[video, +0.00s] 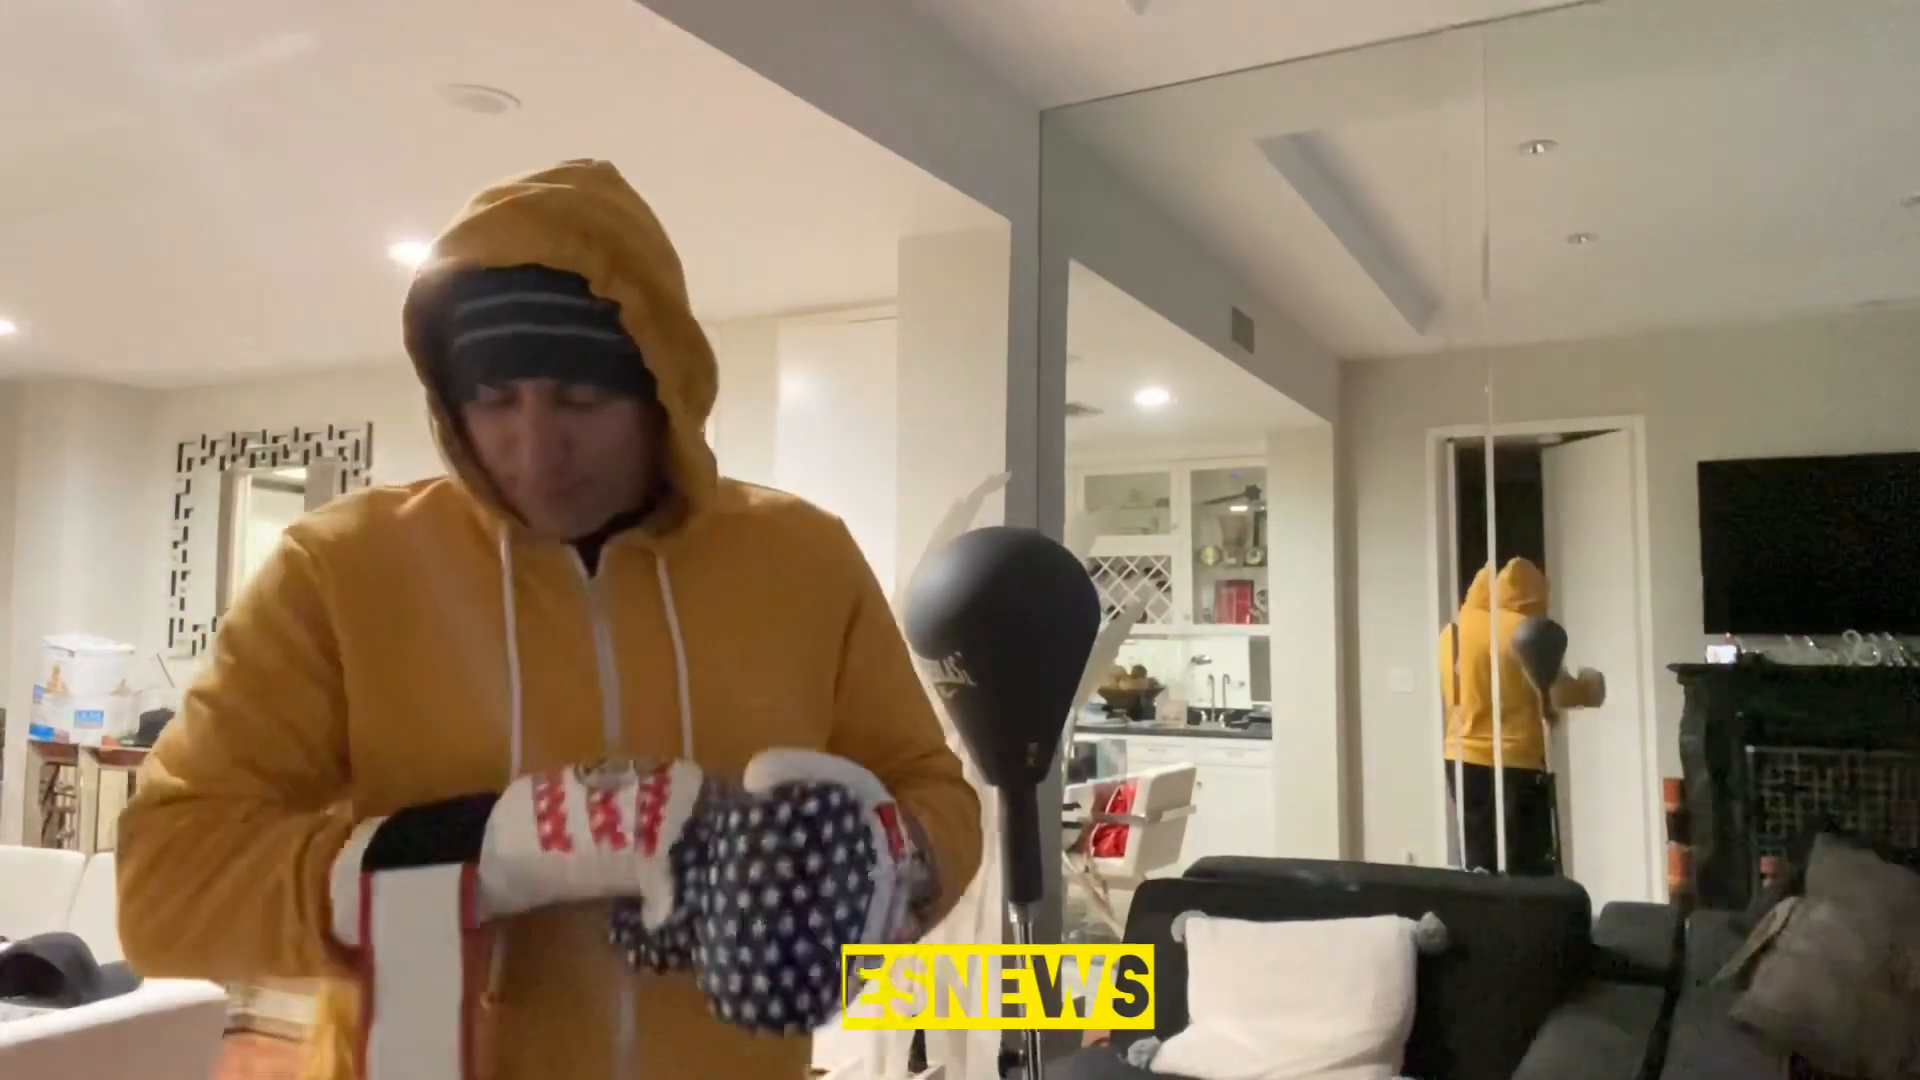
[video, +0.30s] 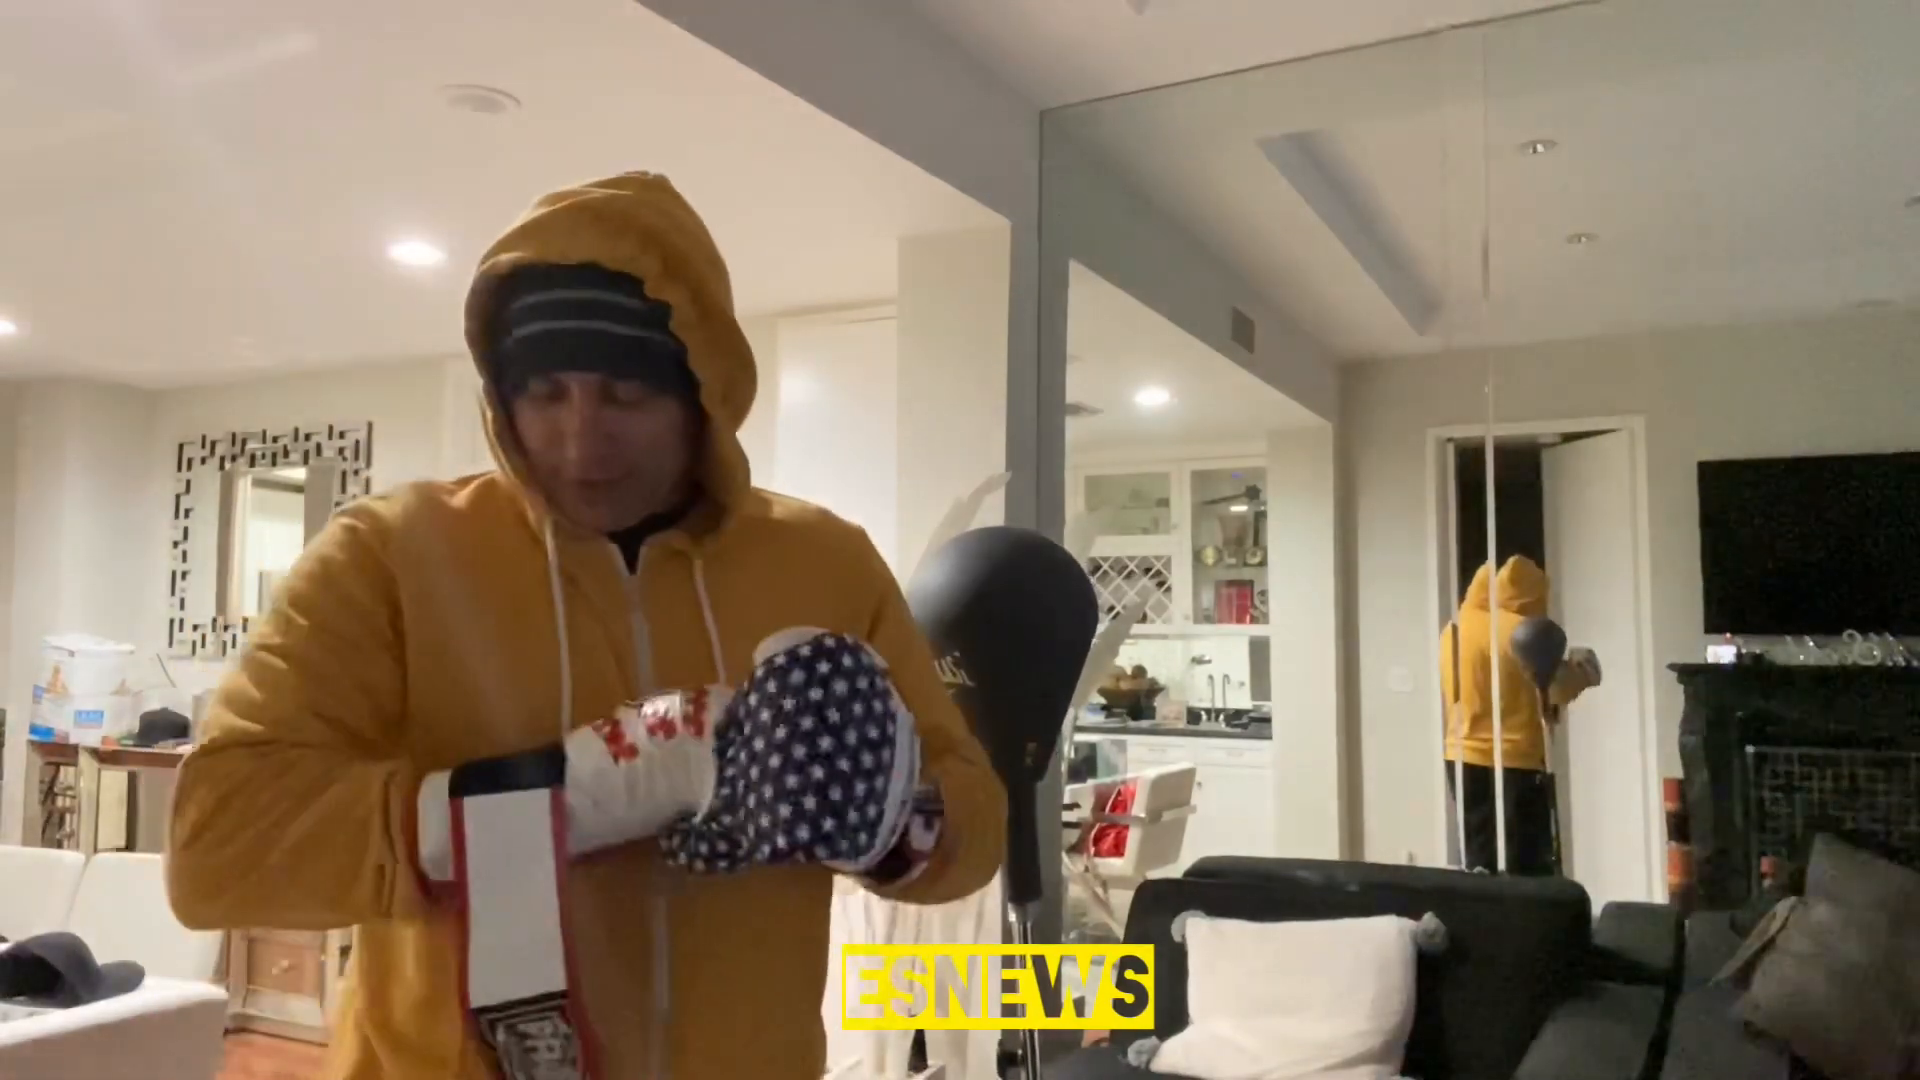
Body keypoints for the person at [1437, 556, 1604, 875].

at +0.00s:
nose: (1543, 605)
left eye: (1543, 598)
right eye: (1541, 597)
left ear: (1484, 589)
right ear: (1531, 594)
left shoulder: (1453, 633)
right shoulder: (1526, 631)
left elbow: (1452, 697)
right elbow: (1560, 692)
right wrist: (1590, 689)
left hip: (1465, 767)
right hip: (1519, 769)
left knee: (1478, 867)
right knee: (1529, 870)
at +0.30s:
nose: (1543, 604)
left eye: (1543, 597)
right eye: (1540, 596)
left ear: (1483, 587)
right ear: (1530, 593)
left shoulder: (1454, 631)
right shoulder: (1526, 632)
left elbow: (1451, 693)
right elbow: (1557, 692)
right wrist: (1582, 671)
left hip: (1466, 762)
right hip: (1519, 765)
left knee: (1478, 855)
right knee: (1528, 859)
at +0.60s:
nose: (1539, 597)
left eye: (1538, 589)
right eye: (1535, 588)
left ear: (1479, 584)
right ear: (1523, 588)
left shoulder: (1453, 631)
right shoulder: (1521, 632)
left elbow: (1456, 692)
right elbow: (1554, 692)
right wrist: (1582, 678)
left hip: (1465, 763)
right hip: (1517, 767)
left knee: (1478, 858)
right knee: (1527, 861)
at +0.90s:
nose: (1529, 592)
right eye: (1525, 585)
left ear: (1466, 587)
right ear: (1515, 587)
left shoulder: (1449, 633)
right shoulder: (1521, 634)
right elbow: (1597, 692)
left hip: (1461, 764)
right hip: (1516, 767)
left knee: (1477, 863)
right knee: (1529, 868)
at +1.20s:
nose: (1528, 595)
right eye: (1524, 587)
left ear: (1467, 588)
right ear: (1515, 589)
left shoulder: (1444, 633)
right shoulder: (1523, 636)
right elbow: (1578, 690)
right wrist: (1542, 695)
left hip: (1460, 762)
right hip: (1519, 765)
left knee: (1476, 855)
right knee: (1528, 857)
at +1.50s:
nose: (1528, 600)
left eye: (1528, 593)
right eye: (1525, 592)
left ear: (1471, 588)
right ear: (1514, 592)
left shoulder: (1442, 632)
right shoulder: (1509, 636)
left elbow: (1451, 695)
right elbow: (1538, 704)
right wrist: (1565, 725)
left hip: (1459, 766)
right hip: (1513, 768)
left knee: (1478, 857)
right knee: (1526, 860)